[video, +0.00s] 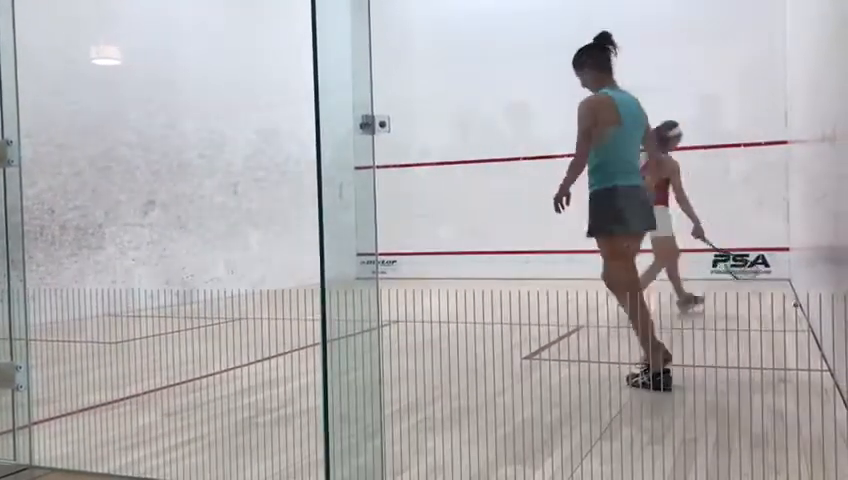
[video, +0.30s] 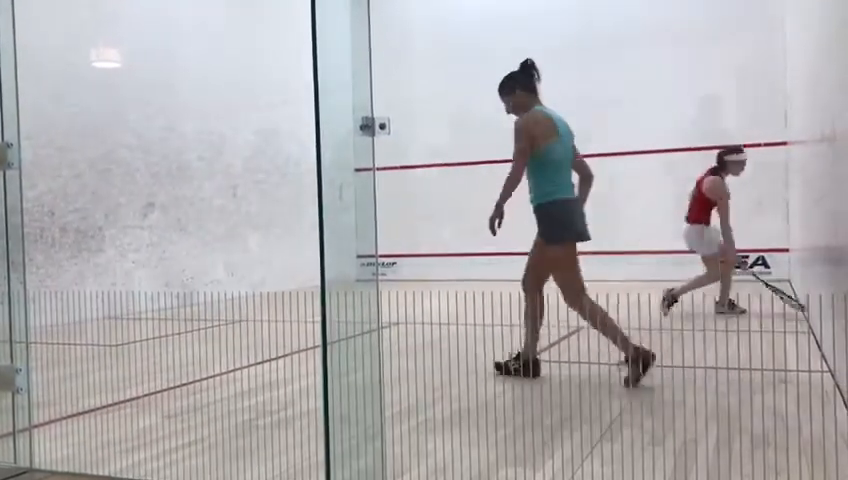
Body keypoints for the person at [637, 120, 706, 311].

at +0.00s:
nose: (678, 143)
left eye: (678, 138)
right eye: (676, 139)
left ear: (659, 139)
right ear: (670, 140)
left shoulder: (646, 160)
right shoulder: (669, 164)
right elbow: (680, 196)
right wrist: (696, 222)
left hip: (647, 210)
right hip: (660, 212)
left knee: (671, 254)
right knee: (664, 256)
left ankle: (682, 296)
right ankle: (634, 292)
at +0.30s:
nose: (743, 167)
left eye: (743, 164)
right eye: (740, 164)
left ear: (725, 164)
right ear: (728, 164)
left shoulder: (709, 177)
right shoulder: (718, 185)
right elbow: (725, 225)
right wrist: (732, 253)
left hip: (696, 230)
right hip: (699, 232)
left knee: (727, 260)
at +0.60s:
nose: (758, 143)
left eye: (759, 140)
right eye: (755, 140)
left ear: (749, 142)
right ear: (744, 141)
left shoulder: (747, 158)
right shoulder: (728, 161)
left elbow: (745, 184)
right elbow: (703, 189)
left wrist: (768, 194)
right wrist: (706, 218)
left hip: (730, 210)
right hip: (719, 211)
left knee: (735, 255)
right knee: (736, 254)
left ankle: (727, 300)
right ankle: (728, 301)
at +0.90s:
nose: (755, 136)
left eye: (757, 133)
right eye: (750, 132)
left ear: (760, 135)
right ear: (740, 135)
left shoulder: (763, 155)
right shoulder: (732, 160)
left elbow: (764, 183)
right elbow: (721, 192)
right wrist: (721, 221)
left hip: (759, 211)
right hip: (738, 212)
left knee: (765, 260)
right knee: (744, 259)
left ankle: (742, 292)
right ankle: (753, 303)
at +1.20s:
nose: (763, 138)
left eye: (766, 134)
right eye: (759, 134)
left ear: (770, 137)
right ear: (750, 137)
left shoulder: (778, 159)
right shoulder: (742, 164)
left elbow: (790, 188)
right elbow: (734, 198)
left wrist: (777, 185)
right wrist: (737, 227)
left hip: (775, 214)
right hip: (751, 216)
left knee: (785, 266)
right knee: (755, 266)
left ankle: (795, 311)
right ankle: (759, 306)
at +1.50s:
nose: (770, 134)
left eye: (774, 130)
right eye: (765, 130)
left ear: (781, 131)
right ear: (759, 132)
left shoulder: (789, 153)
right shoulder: (749, 159)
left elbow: (799, 176)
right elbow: (741, 192)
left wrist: (787, 149)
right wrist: (741, 221)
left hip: (785, 215)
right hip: (758, 218)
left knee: (792, 267)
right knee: (760, 267)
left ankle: (796, 314)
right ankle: (771, 296)